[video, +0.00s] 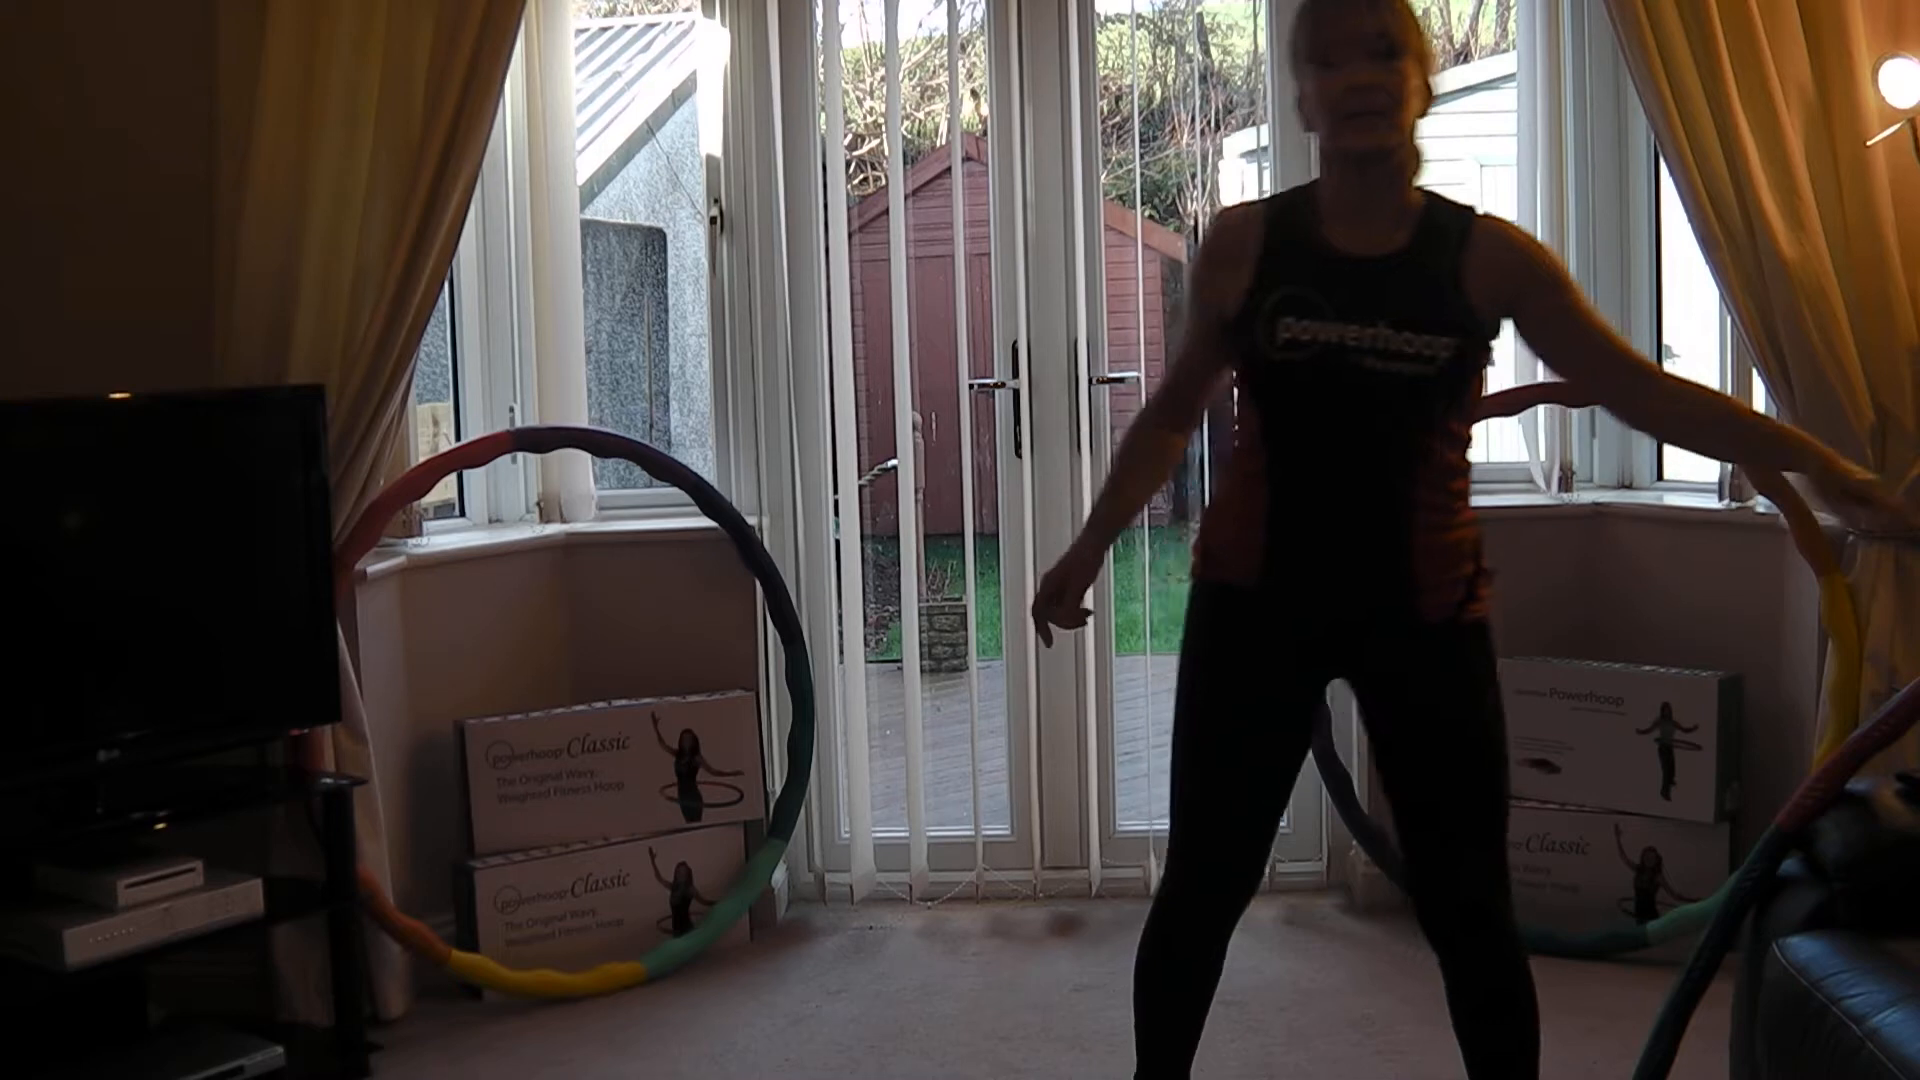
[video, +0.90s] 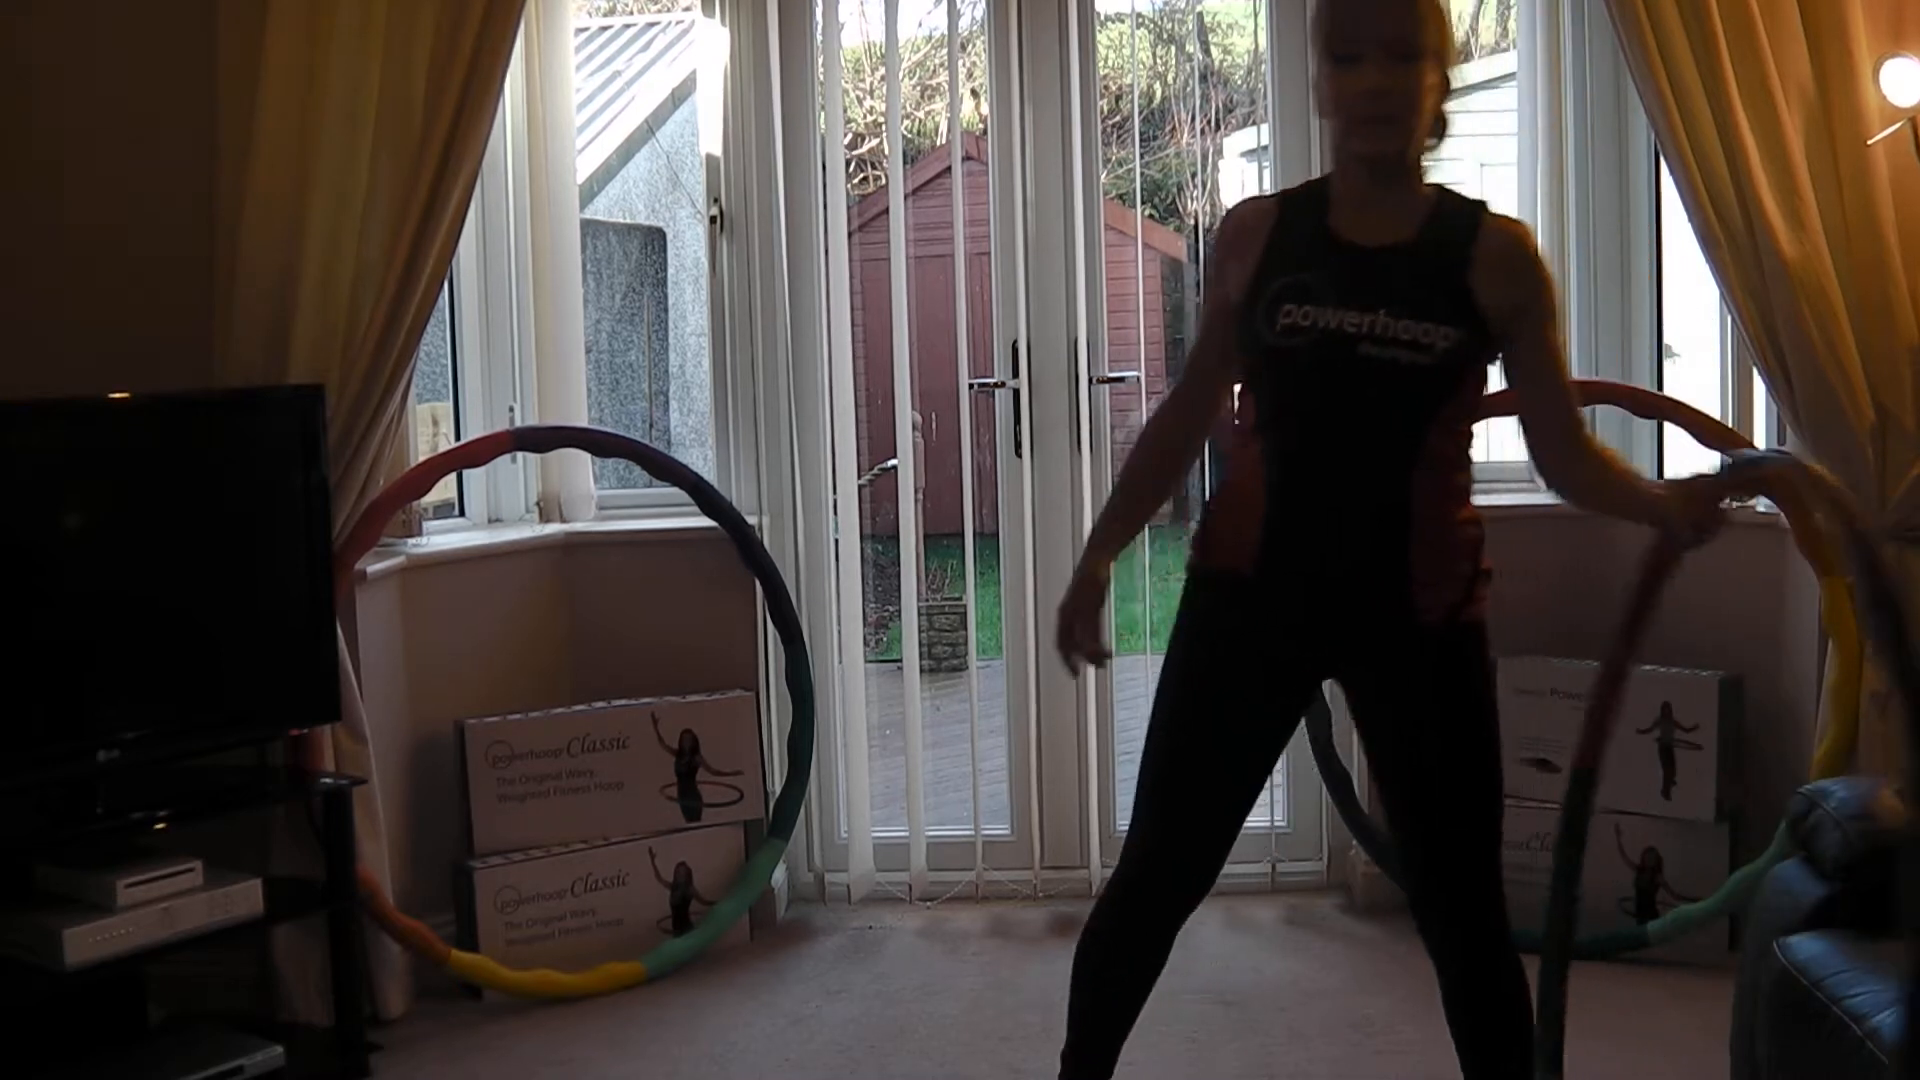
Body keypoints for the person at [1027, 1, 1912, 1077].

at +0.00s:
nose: (1357, 83)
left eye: (1379, 59)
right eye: (1330, 64)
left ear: (1418, 78)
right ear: (1299, 88)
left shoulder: (1490, 258)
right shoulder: (1241, 244)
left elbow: (1642, 391)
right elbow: (1173, 413)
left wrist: (1813, 461)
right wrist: (1085, 550)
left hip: (1420, 615)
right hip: (1254, 607)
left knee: (1470, 912)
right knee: (1199, 893)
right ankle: (1159, 1076)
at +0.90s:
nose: (1376, 82)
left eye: (1402, 58)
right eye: (1349, 56)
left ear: (1439, 80)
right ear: (1316, 77)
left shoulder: (1497, 258)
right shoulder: (1256, 236)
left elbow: (1561, 442)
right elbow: (1190, 406)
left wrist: (1654, 501)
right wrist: (1095, 558)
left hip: (1419, 612)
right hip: (1253, 598)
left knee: (1465, 914)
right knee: (1158, 877)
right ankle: (1081, 1072)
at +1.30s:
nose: (1100, 101)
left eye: (1123, 79)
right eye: (1073, 80)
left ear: (1157, 101)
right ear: (1040, 106)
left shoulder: (1227, 243)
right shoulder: (999, 270)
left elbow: (1305, 413)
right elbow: (942, 446)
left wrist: (1311, 409)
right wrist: (946, 511)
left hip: (1220, 591)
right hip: (1065, 598)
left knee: (1307, 871)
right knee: (1061, 878)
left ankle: (1352, 1072)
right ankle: (1060, 1079)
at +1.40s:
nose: (1070, 108)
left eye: (1091, 85)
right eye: (1042, 87)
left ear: (1123, 104)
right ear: (1005, 110)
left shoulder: (1191, 241)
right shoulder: (965, 275)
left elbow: (1276, 400)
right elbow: (917, 453)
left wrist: (1266, 403)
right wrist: (939, 491)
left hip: (1197, 587)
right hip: (1041, 599)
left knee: (1270, 876)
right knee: (1051, 885)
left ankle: (1259, 1071)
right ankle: (1066, 1078)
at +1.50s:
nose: (1059, 117)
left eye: (1078, 94)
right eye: (1031, 97)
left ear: (1104, 110)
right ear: (989, 118)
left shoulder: (1172, 243)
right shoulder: (951, 275)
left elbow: (1260, 391)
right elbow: (905, 459)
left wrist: (1229, 408)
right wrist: (939, 471)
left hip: (1178, 582)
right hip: (1035, 595)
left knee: (1233, 848)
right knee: (1042, 874)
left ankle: (1164, 1052)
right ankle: (1050, 1076)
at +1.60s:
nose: (1065, 123)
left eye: (1081, 101)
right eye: (1036, 102)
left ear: (1101, 113)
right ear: (988, 119)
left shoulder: (1162, 249)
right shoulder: (944, 275)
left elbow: (1252, 396)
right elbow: (908, 451)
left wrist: (1230, 400)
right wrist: (911, 467)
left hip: (1166, 589)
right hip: (1021, 598)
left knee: (1196, 850)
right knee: (1040, 871)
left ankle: (1104, 1004)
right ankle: (1051, 1075)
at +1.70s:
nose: (1069, 132)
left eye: (1085, 109)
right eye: (1042, 109)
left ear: (1104, 117)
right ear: (991, 120)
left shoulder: (1161, 254)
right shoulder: (943, 276)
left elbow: (1252, 400)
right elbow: (890, 436)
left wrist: (1217, 393)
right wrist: (880, 468)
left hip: (1157, 596)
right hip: (1014, 602)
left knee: (1155, 862)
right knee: (1036, 866)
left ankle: (1082, 1010)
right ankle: (1047, 1071)